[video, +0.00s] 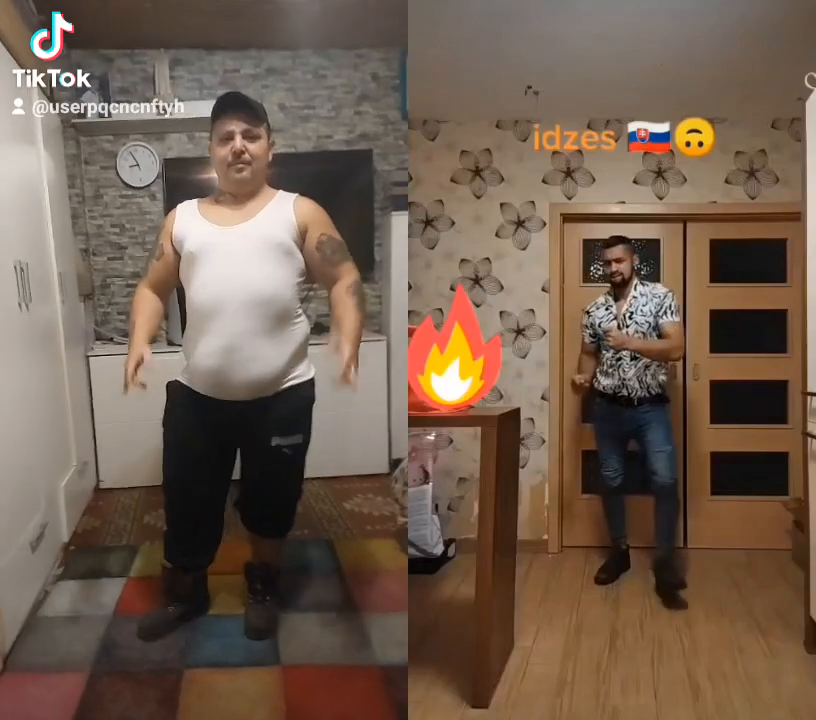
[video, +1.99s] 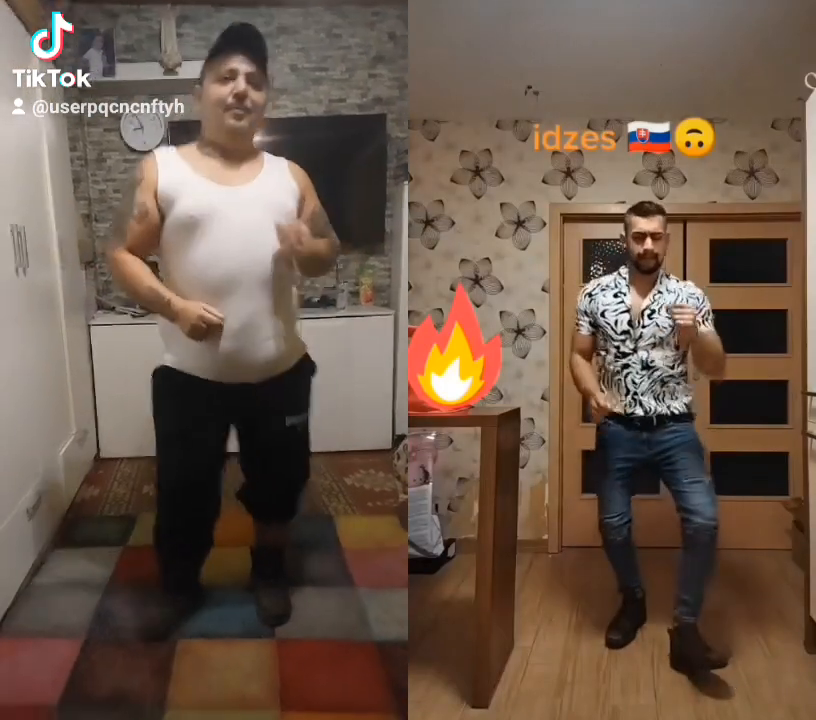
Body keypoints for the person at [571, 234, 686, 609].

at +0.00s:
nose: (613, 268)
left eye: (619, 261)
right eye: (608, 263)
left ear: (635, 261)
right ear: (603, 267)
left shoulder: (659, 297)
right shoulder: (596, 311)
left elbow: (675, 346)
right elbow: (588, 354)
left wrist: (629, 343)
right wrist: (584, 376)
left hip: (650, 407)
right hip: (608, 408)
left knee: (664, 481)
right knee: (611, 481)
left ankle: (666, 567)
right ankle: (619, 553)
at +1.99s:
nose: (648, 245)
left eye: (656, 237)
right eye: (639, 237)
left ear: (666, 240)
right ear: (625, 240)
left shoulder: (689, 295)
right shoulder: (597, 293)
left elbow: (715, 368)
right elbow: (580, 354)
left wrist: (697, 333)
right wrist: (594, 393)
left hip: (675, 429)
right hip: (618, 429)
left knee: (704, 521)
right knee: (613, 527)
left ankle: (685, 631)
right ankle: (632, 600)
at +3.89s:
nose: (639, 240)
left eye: (647, 231)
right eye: (630, 231)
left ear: (657, 234)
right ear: (611, 233)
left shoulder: (671, 296)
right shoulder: (577, 291)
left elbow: (685, 371)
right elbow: (550, 364)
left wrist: (672, 353)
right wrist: (586, 405)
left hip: (662, 435)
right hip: (600, 438)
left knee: (703, 530)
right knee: (590, 546)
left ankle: (666, 617)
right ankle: (608, 648)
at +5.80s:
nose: (606, 249)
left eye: (614, 242)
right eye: (600, 242)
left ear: (628, 247)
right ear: (590, 247)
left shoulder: (654, 293)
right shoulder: (571, 300)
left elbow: (682, 347)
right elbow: (545, 357)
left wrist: (656, 376)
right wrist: (564, 363)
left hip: (648, 418)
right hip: (598, 420)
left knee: (672, 504)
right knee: (589, 508)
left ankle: (662, 604)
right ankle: (613, 594)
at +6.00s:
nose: (616, 255)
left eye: (624, 248)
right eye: (609, 248)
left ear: (634, 252)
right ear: (596, 252)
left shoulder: (658, 296)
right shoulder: (577, 306)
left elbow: (684, 344)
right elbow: (556, 366)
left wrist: (665, 368)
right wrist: (577, 377)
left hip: (648, 421)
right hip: (598, 423)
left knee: (681, 499)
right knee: (590, 510)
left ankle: (664, 598)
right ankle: (613, 595)